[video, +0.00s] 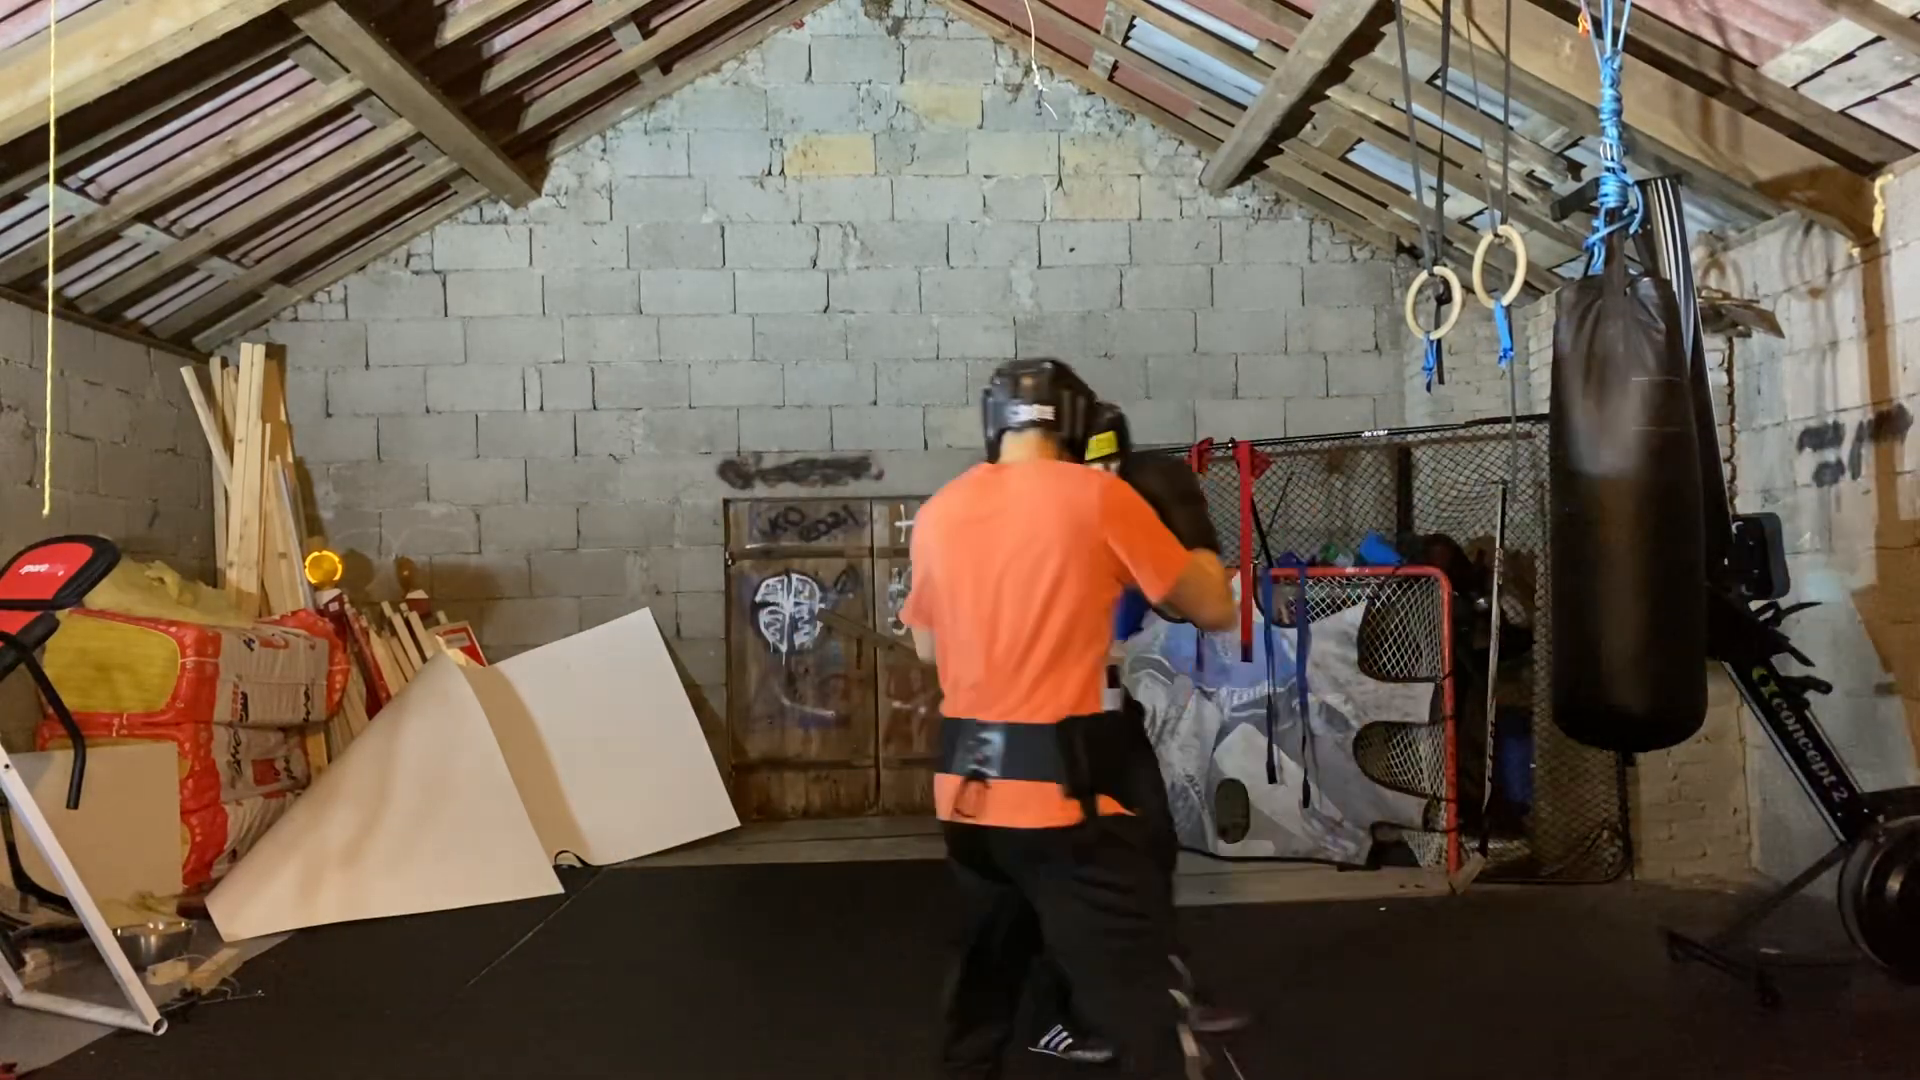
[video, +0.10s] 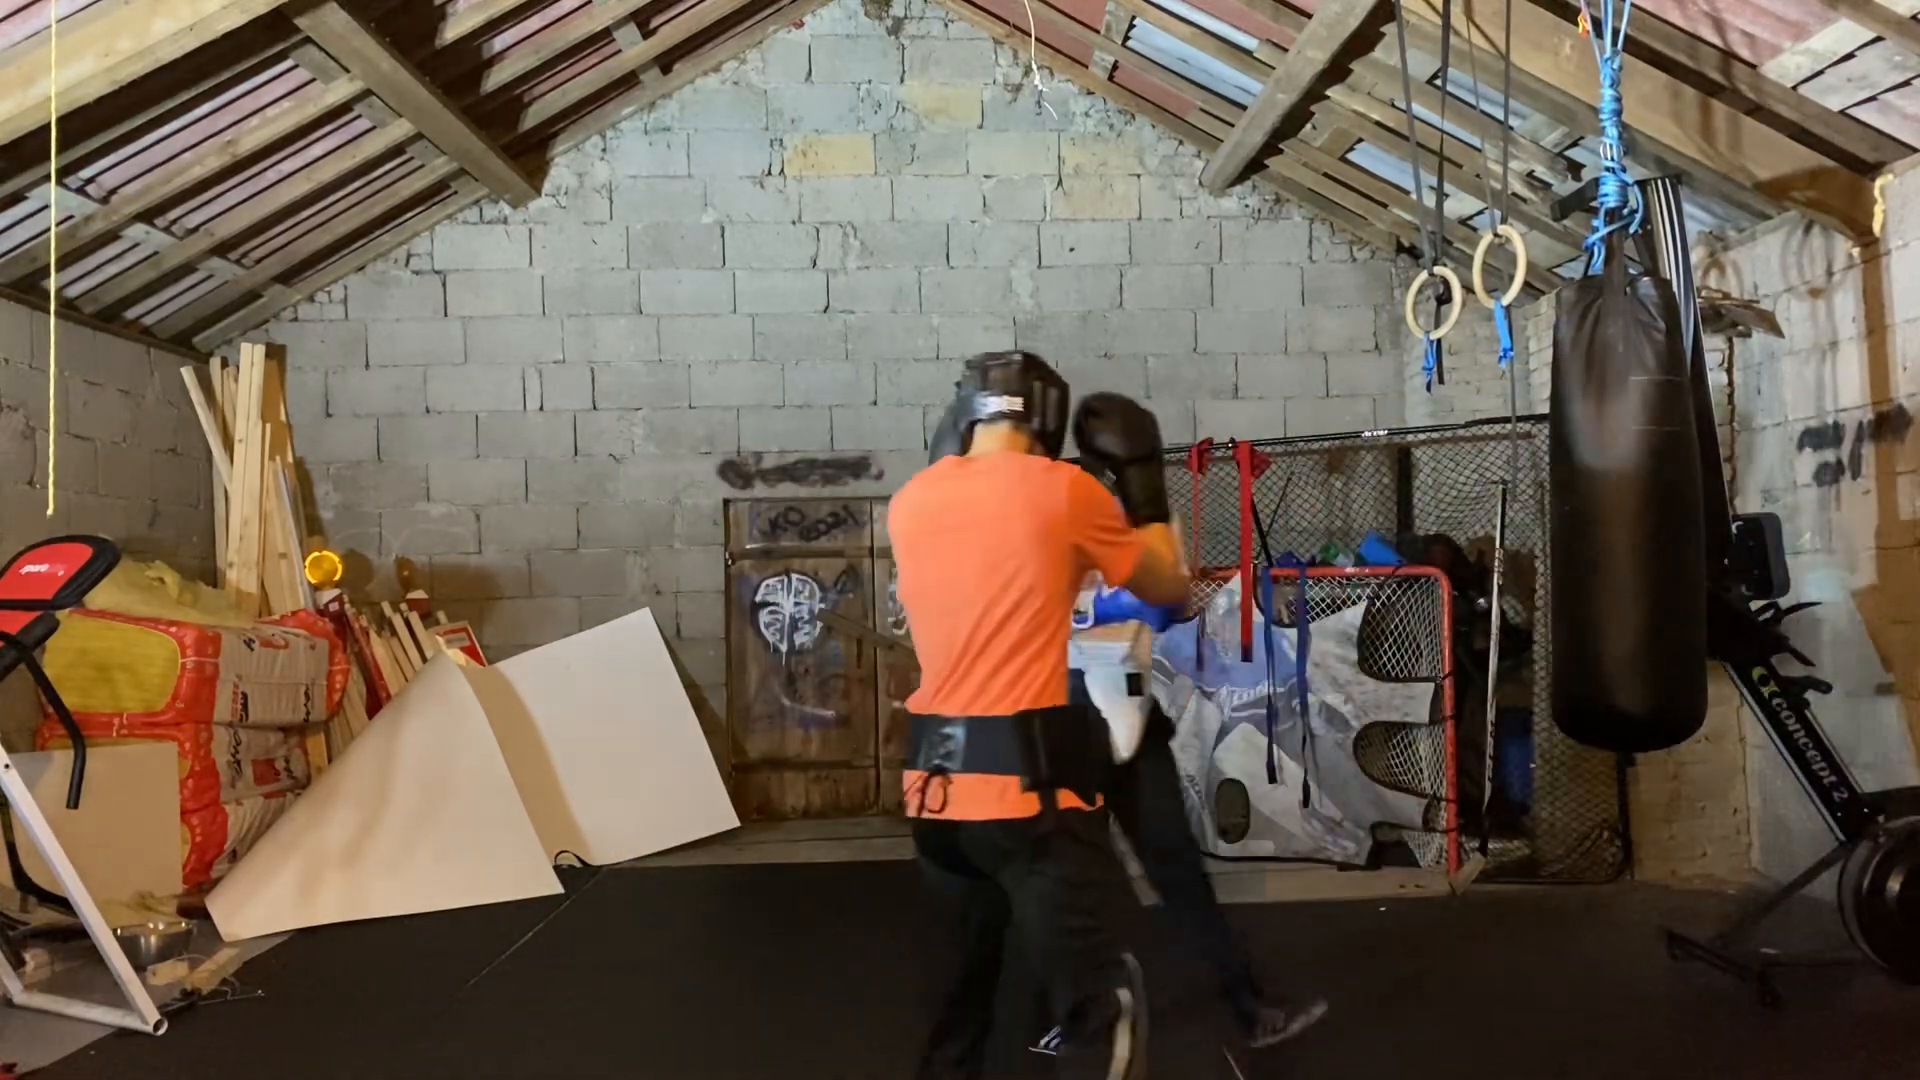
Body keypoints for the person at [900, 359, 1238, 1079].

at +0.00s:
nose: (1086, 431)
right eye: (1082, 418)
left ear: (992, 425)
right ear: (1072, 422)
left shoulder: (938, 512)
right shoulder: (1097, 498)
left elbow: (932, 638)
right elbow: (1215, 606)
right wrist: (1180, 514)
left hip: (966, 800)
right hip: (1066, 802)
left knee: (987, 983)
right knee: (1136, 1008)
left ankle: (968, 1062)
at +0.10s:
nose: (1057, 429)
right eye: (1055, 417)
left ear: (963, 416)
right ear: (1045, 418)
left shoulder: (909, 502)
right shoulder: (1063, 491)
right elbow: (1171, 586)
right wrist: (1144, 476)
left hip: (932, 796)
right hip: (1024, 800)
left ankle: (950, 1062)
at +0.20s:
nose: (1031, 428)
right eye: (1027, 414)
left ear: (939, 414)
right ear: (1018, 415)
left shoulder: (883, 503)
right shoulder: (1040, 492)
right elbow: (1120, 580)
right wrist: (1108, 473)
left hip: (910, 786)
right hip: (1005, 791)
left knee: (938, 1001)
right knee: (1022, 1013)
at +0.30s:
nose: (1012, 430)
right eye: (1010, 417)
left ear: (918, 417)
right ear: (1000, 419)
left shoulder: (861, 507)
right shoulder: (1016, 495)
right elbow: (1102, 587)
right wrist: (1086, 476)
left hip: (889, 782)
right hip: (977, 786)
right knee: (944, 1012)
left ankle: (946, 1041)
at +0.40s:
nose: (995, 443)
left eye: (995, 434)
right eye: (995, 430)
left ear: (904, 423)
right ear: (980, 427)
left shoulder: (841, 511)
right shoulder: (991, 503)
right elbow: (1085, 594)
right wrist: (1072, 486)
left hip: (870, 785)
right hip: (949, 793)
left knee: (946, 992)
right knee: (891, 1021)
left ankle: (940, 1064)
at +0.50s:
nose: (984, 443)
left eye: (985, 431)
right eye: (982, 428)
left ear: (890, 417)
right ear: (964, 421)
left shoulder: (822, 503)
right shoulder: (960, 500)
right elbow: (1058, 592)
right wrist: (1055, 474)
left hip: (850, 804)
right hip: (921, 812)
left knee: (927, 1029)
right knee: (893, 1047)